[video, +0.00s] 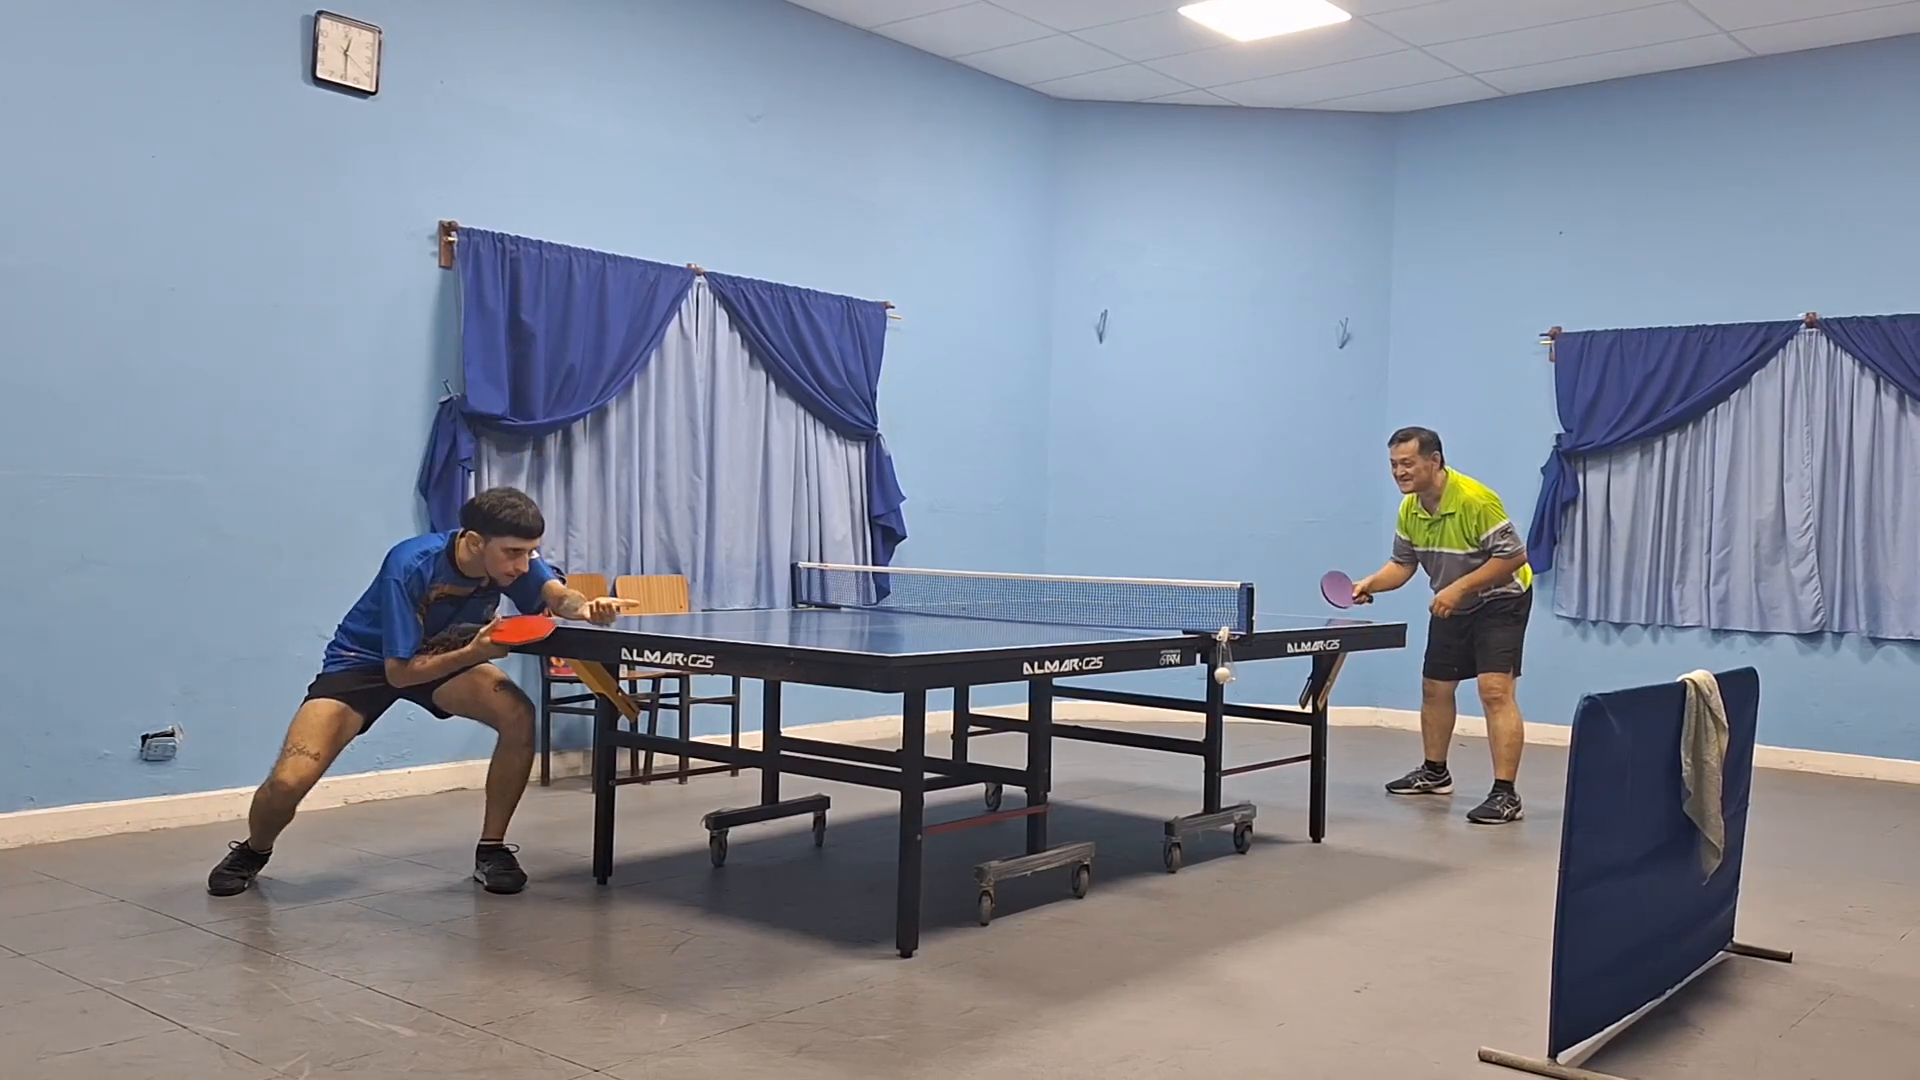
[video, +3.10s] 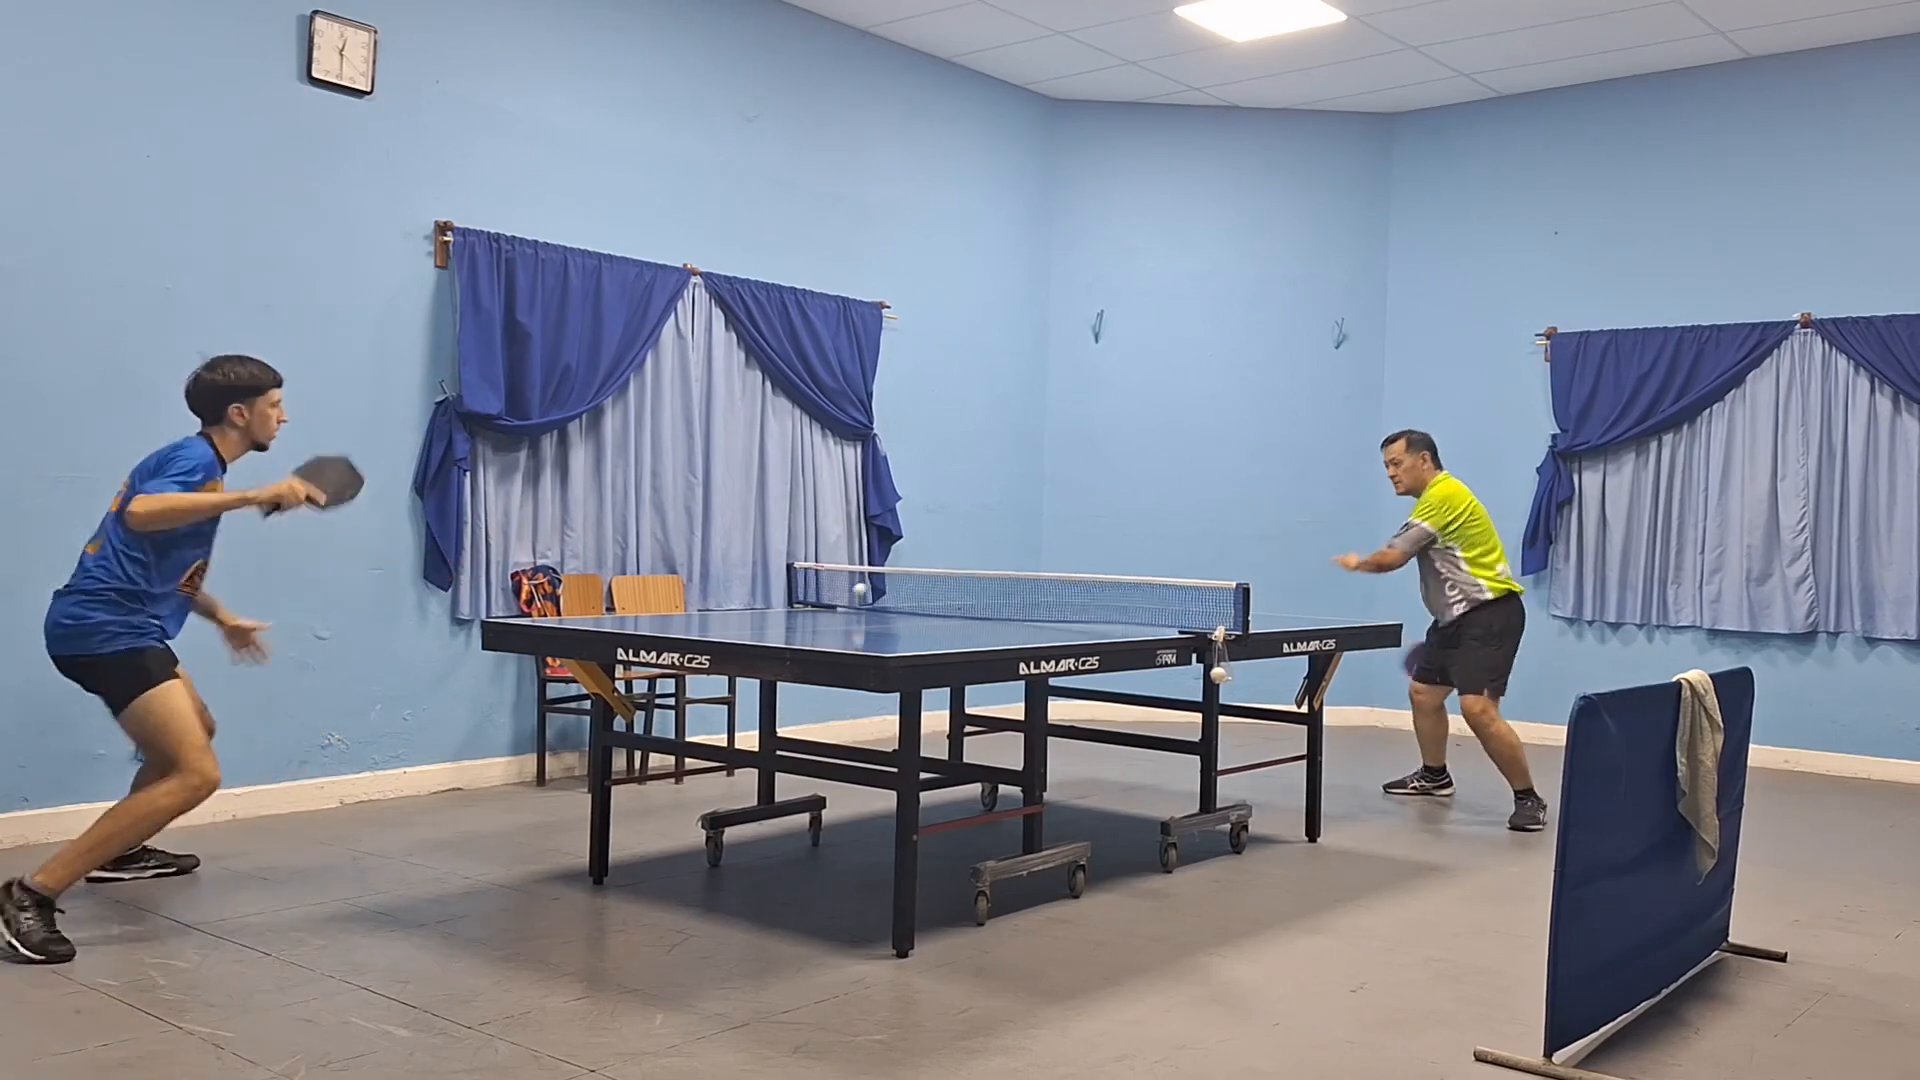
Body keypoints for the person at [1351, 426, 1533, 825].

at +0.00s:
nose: (1399, 471)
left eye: (1407, 463)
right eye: (1394, 464)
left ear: (1435, 462)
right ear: (1392, 467)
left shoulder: (1475, 500)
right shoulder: (1409, 509)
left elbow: (1513, 554)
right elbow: (1403, 563)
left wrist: (1460, 589)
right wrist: (1372, 584)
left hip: (1500, 600)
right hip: (1451, 605)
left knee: (1494, 690)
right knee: (1435, 686)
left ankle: (1505, 792)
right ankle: (1435, 770)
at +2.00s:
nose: (1401, 450)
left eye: (1410, 441)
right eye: (1395, 442)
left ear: (1436, 441)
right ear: (1391, 445)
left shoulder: (1478, 485)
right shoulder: (1388, 493)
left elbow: (1510, 545)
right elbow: (1361, 548)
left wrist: (1476, 592)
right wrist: (1338, 559)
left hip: (1470, 610)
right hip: (1407, 607)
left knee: (1478, 699)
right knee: (1373, 684)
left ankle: (1492, 789)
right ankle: (1369, 761)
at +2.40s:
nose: (1404, 468)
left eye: (1415, 460)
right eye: (1397, 459)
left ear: (1438, 460)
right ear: (1389, 457)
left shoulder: (1461, 499)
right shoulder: (1377, 498)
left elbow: (1484, 552)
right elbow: (1344, 528)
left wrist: (1496, 603)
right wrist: (1327, 538)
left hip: (1445, 617)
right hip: (1381, 616)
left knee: (1472, 702)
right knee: (1374, 695)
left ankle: (1485, 788)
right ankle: (1356, 794)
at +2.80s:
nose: (1401, 444)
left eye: (1411, 435)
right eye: (1397, 436)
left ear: (1439, 438)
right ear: (1395, 442)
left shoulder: (1480, 487)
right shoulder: (1396, 495)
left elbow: (1525, 541)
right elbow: (1379, 546)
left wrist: (1484, 591)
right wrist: (1338, 561)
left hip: (1479, 614)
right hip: (1417, 613)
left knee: (1501, 704)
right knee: (1387, 690)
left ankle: (1526, 796)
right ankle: (1356, 786)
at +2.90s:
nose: (1400, 443)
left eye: (1408, 434)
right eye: (1397, 436)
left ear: (1438, 436)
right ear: (1398, 442)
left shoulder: (1471, 479)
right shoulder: (1413, 492)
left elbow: (1502, 535)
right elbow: (1404, 552)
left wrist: (1437, 561)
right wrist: (1362, 572)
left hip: (1489, 608)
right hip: (1432, 608)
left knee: (1503, 704)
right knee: (1391, 682)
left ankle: (1526, 796)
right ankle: (1398, 775)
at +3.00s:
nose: (1399, 458)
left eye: (1405, 449)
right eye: (1395, 452)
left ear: (1433, 446)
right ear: (1395, 457)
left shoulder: (1462, 482)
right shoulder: (1426, 500)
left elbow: (1441, 549)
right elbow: (1426, 571)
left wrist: (1395, 548)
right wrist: (1386, 608)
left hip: (1494, 607)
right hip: (1446, 611)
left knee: (1494, 705)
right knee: (1407, 685)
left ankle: (1528, 797)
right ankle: (1428, 763)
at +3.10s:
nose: (1390, 473)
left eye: (1396, 464)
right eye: (1387, 467)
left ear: (1424, 460)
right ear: (1424, 464)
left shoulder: (1444, 493)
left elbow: (1397, 553)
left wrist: (1362, 563)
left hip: (1491, 611)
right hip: (1457, 617)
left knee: (1477, 708)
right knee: (1424, 695)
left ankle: (1528, 798)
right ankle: (1434, 775)